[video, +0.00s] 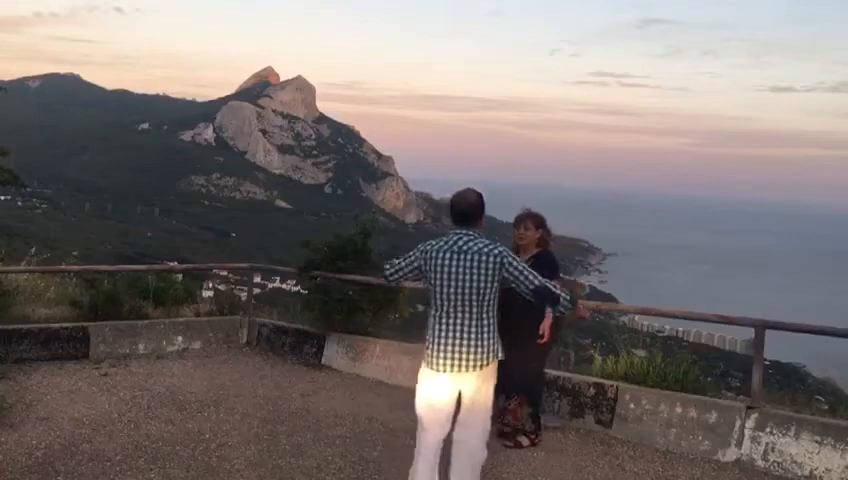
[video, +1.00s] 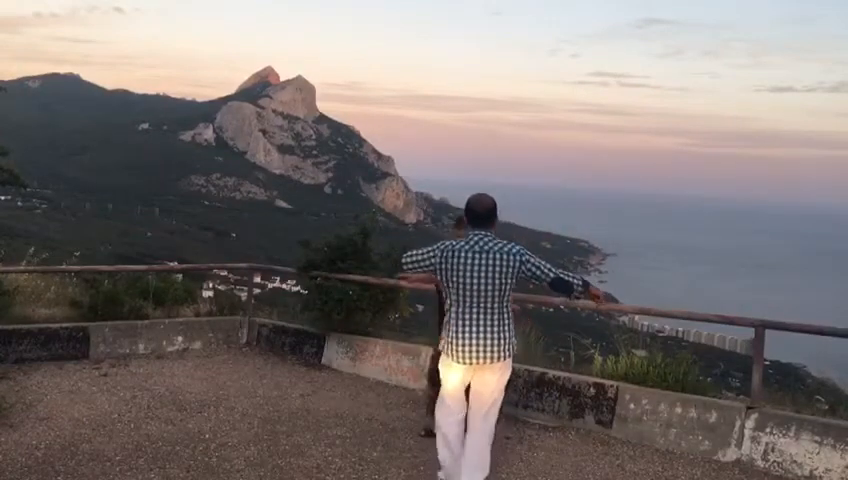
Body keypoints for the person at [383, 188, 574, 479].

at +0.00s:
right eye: (484, 215)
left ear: (450, 216)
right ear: (482, 218)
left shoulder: (430, 249)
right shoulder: (495, 252)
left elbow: (390, 273)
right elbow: (537, 286)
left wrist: (420, 271)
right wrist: (569, 303)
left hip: (439, 355)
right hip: (482, 356)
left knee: (429, 435)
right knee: (471, 436)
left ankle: (423, 475)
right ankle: (464, 475)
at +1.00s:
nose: (464, 219)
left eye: (465, 216)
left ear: (465, 219)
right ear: (496, 220)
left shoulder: (446, 251)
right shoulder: (512, 252)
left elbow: (405, 261)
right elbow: (553, 279)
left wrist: (438, 270)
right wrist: (588, 288)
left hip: (456, 347)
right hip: (496, 349)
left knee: (449, 414)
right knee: (482, 421)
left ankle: (449, 472)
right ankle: (473, 474)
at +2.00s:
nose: (449, 226)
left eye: (449, 222)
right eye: (451, 221)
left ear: (452, 224)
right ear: (476, 222)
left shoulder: (446, 254)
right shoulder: (498, 246)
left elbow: (410, 278)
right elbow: (534, 258)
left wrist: (385, 268)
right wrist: (545, 257)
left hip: (457, 337)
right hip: (493, 336)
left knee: (441, 391)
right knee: (484, 400)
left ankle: (452, 452)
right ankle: (482, 462)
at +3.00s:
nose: (411, 228)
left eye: (413, 222)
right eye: (411, 222)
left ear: (425, 223)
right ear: (432, 223)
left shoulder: (433, 245)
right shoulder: (447, 244)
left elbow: (417, 277)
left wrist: (400, 273)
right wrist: (405, 274)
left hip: (429, 327)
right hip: (444, 325)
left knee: (403, 380)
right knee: (437, 384)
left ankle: (422, 432)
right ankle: (443, 438)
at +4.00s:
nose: (394, 221)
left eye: (400, 217)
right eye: (395, 217)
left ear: (415, 220)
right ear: (397, 219)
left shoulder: (426, 245)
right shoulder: (390, 244)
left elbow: (442, 271)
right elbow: (365, 248)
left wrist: (413, 265)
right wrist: (341, 247)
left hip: (414, 325)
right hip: (388, 322)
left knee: (402, 377)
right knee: (382, 375)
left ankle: (407, 429)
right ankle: (388, 426)